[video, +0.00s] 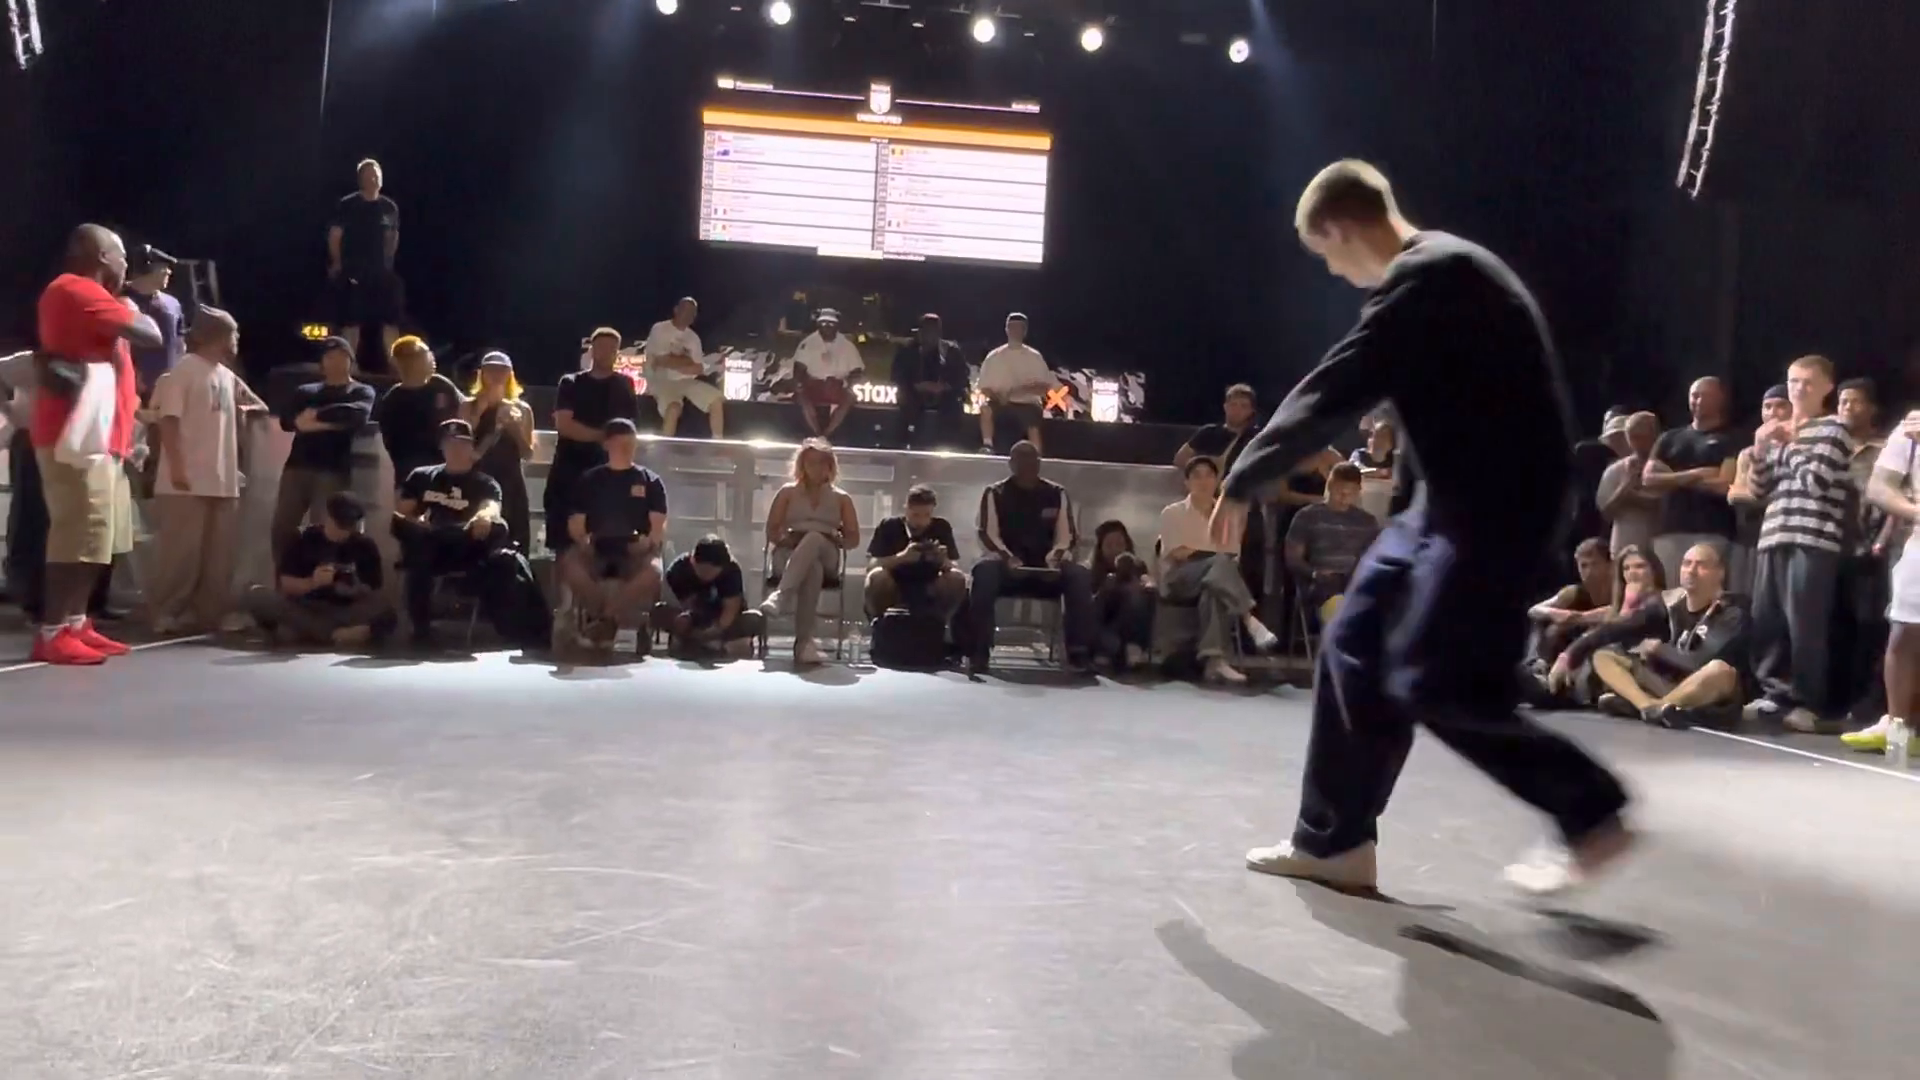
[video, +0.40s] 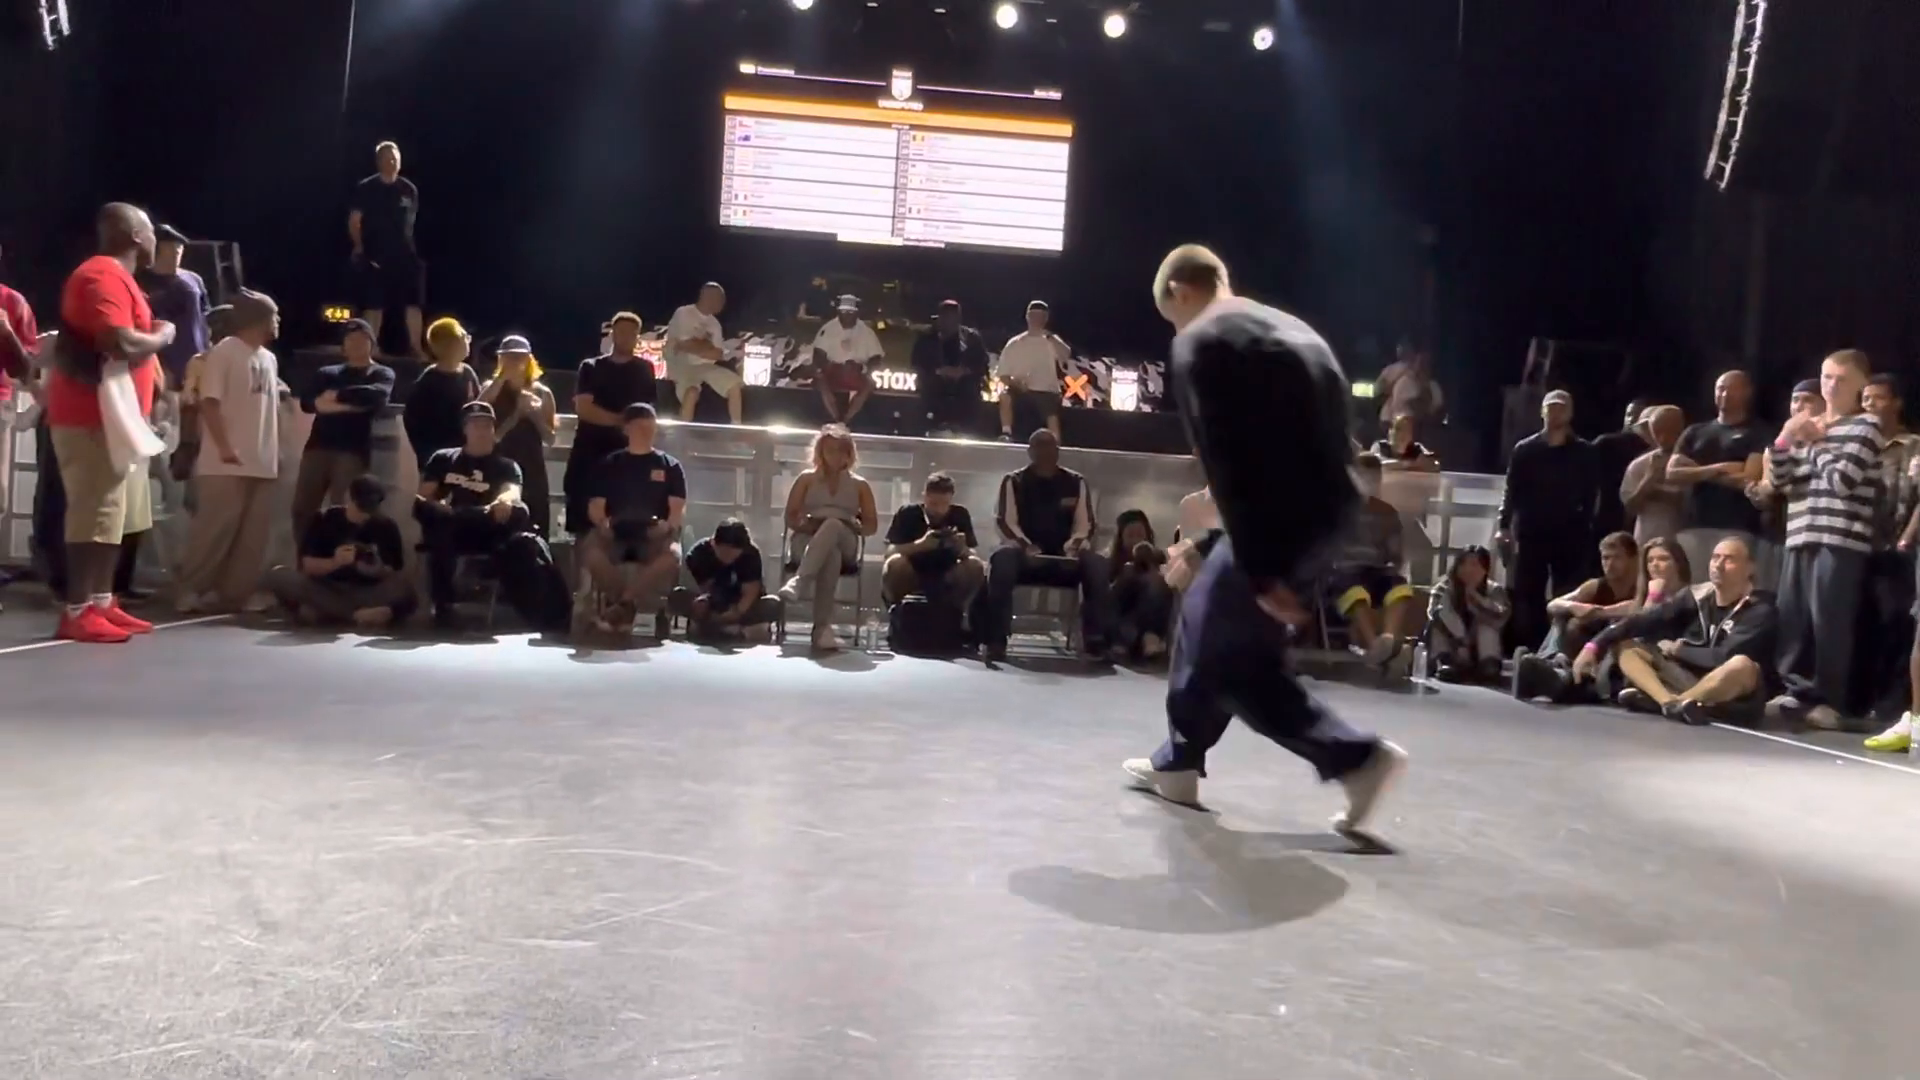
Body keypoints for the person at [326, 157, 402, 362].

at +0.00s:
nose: (373, 180)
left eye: (376, 175)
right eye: (368, 175)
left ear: (381, 179)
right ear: (360, 179)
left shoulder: (389, 207)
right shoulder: (346, 205)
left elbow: (392, 236)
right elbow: (335, 235)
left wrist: (386, 261)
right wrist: (337, 262)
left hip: (381, 272)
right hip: (352, 272)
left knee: (390, 324)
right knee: (350, 325)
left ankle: (395, 370)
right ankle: (348, 368)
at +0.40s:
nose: (392, 163)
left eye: (395, 159)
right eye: (387, 159)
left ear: (400, 162)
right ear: (378, 162)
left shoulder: (409, 189)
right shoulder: (365, 188)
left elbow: (410, 221)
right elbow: (355, 220)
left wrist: (406, 246)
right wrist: (359, 247)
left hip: (404, 254)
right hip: (375, 254)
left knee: (413, 304)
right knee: (373, 305)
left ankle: (416, 349)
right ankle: (370, 348)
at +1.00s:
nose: (474, 167)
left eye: (475, 162)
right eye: (471, 161)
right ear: (458, 161)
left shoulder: (467, 191)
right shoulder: (436, 181)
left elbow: (461, 221)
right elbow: (413, 207)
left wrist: (458, 242)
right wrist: (414, 237)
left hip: (455, 249)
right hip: (429, 246)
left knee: (457, 294)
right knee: (412, 292)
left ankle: (458, 340)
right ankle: (395, 332)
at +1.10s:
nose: (491, 171)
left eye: (493, 166)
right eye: (489, 165)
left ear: (490, 166)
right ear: (477, 162)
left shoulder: (482, 192)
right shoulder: (454, 181)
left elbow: (475, 221)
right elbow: (430, 207)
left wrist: (473, 243)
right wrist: (427, 235)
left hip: (468, 249)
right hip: (443, 246)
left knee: (466, 296)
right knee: (423, 291)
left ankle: (461, 341)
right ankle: (400, 333)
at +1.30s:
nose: (522, 172)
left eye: (523, 167)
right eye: (520, 166)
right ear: (509, 163)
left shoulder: (511, 193)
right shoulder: (487, 182)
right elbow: (462, 205)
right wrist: (454, 230)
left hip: (496, 249)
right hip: (478, 246)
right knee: (474, 292)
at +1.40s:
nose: (535, 171)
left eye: (536, 166)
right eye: (532, 165)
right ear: (521, 164)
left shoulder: (522, 192)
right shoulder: (502, 183)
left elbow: (518, 227)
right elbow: (476, 204)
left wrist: (521, 253)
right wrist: (468, 230)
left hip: (511, 253)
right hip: (494, 250)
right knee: (495, 300)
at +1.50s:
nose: (548, 174)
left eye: (549, 169)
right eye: (544, 168)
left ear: (549, 170)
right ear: (532, 166)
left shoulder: (534, 193)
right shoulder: (515, 186)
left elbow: (534, 230)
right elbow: (491, 209)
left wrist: (543, 254)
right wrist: (484, 233)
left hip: (528, 254)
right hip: (505, 251)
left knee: (527, 302)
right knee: (494, 297)